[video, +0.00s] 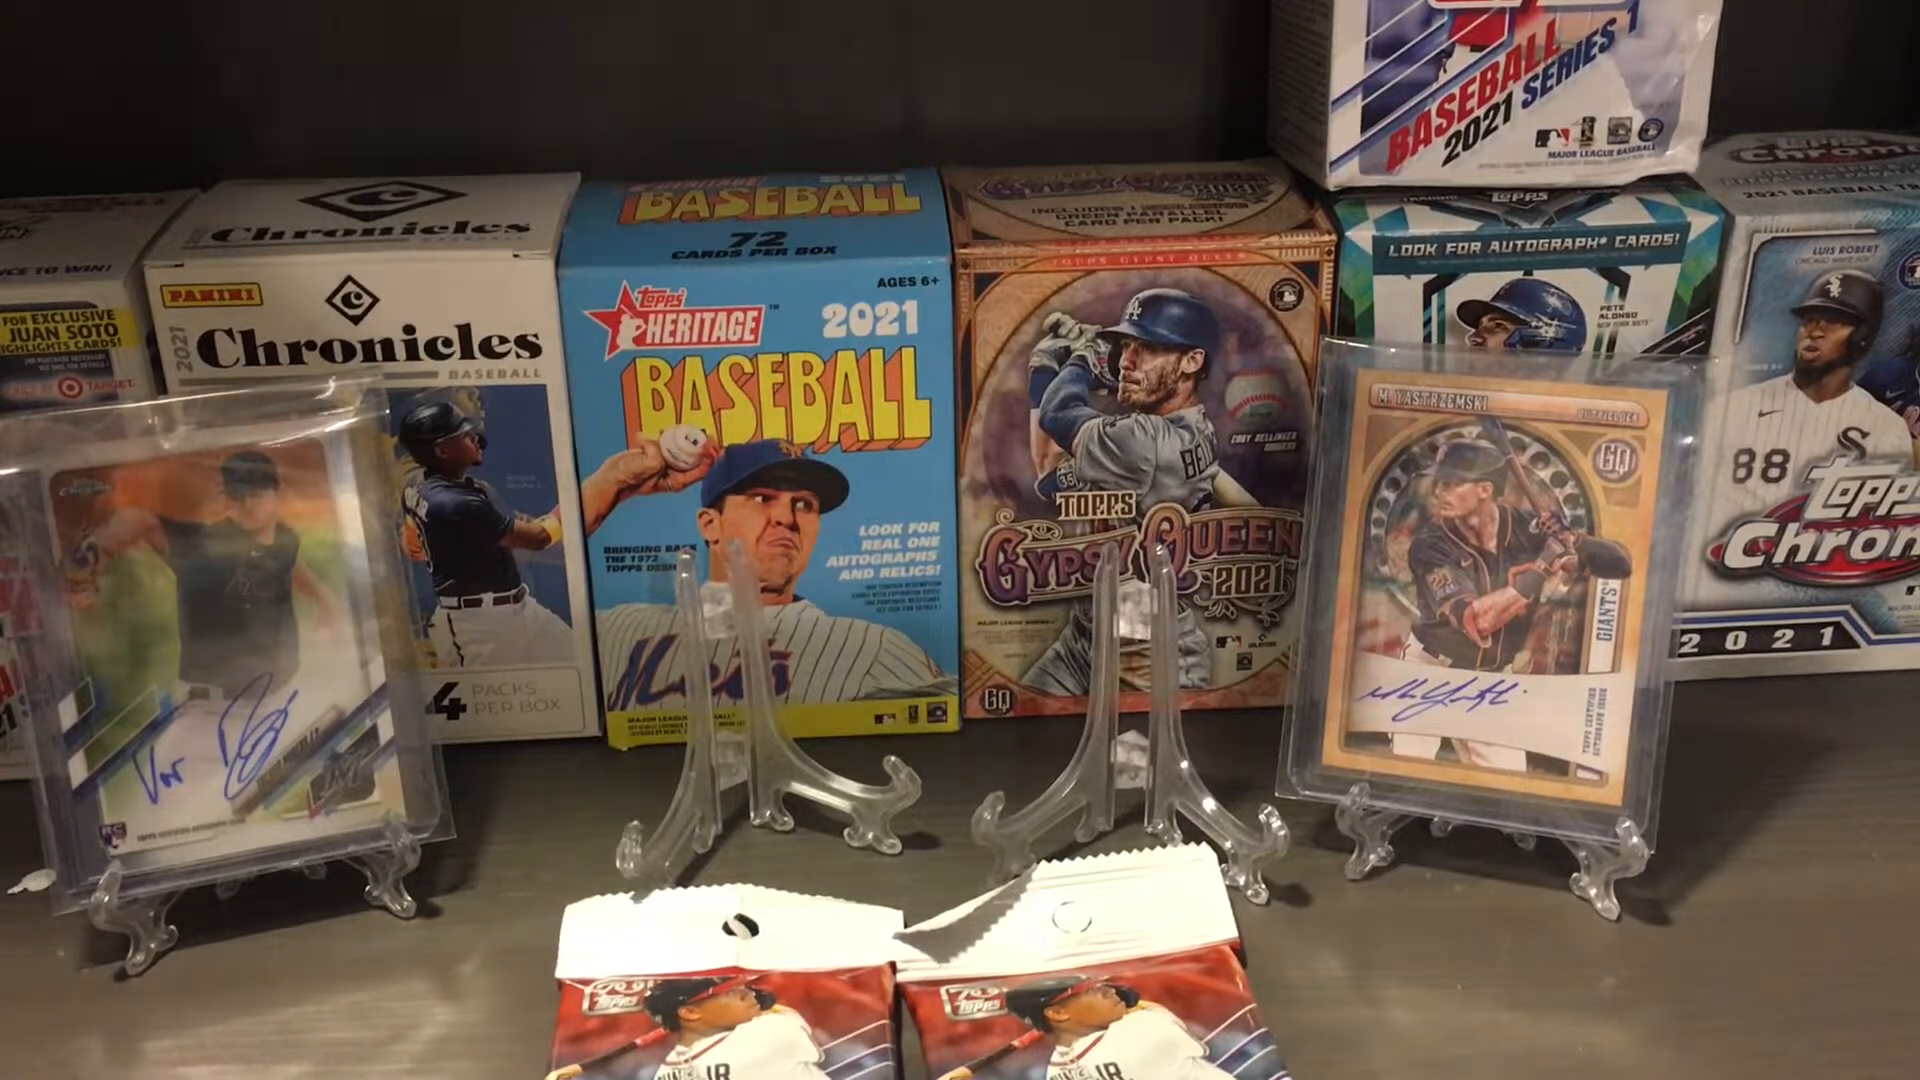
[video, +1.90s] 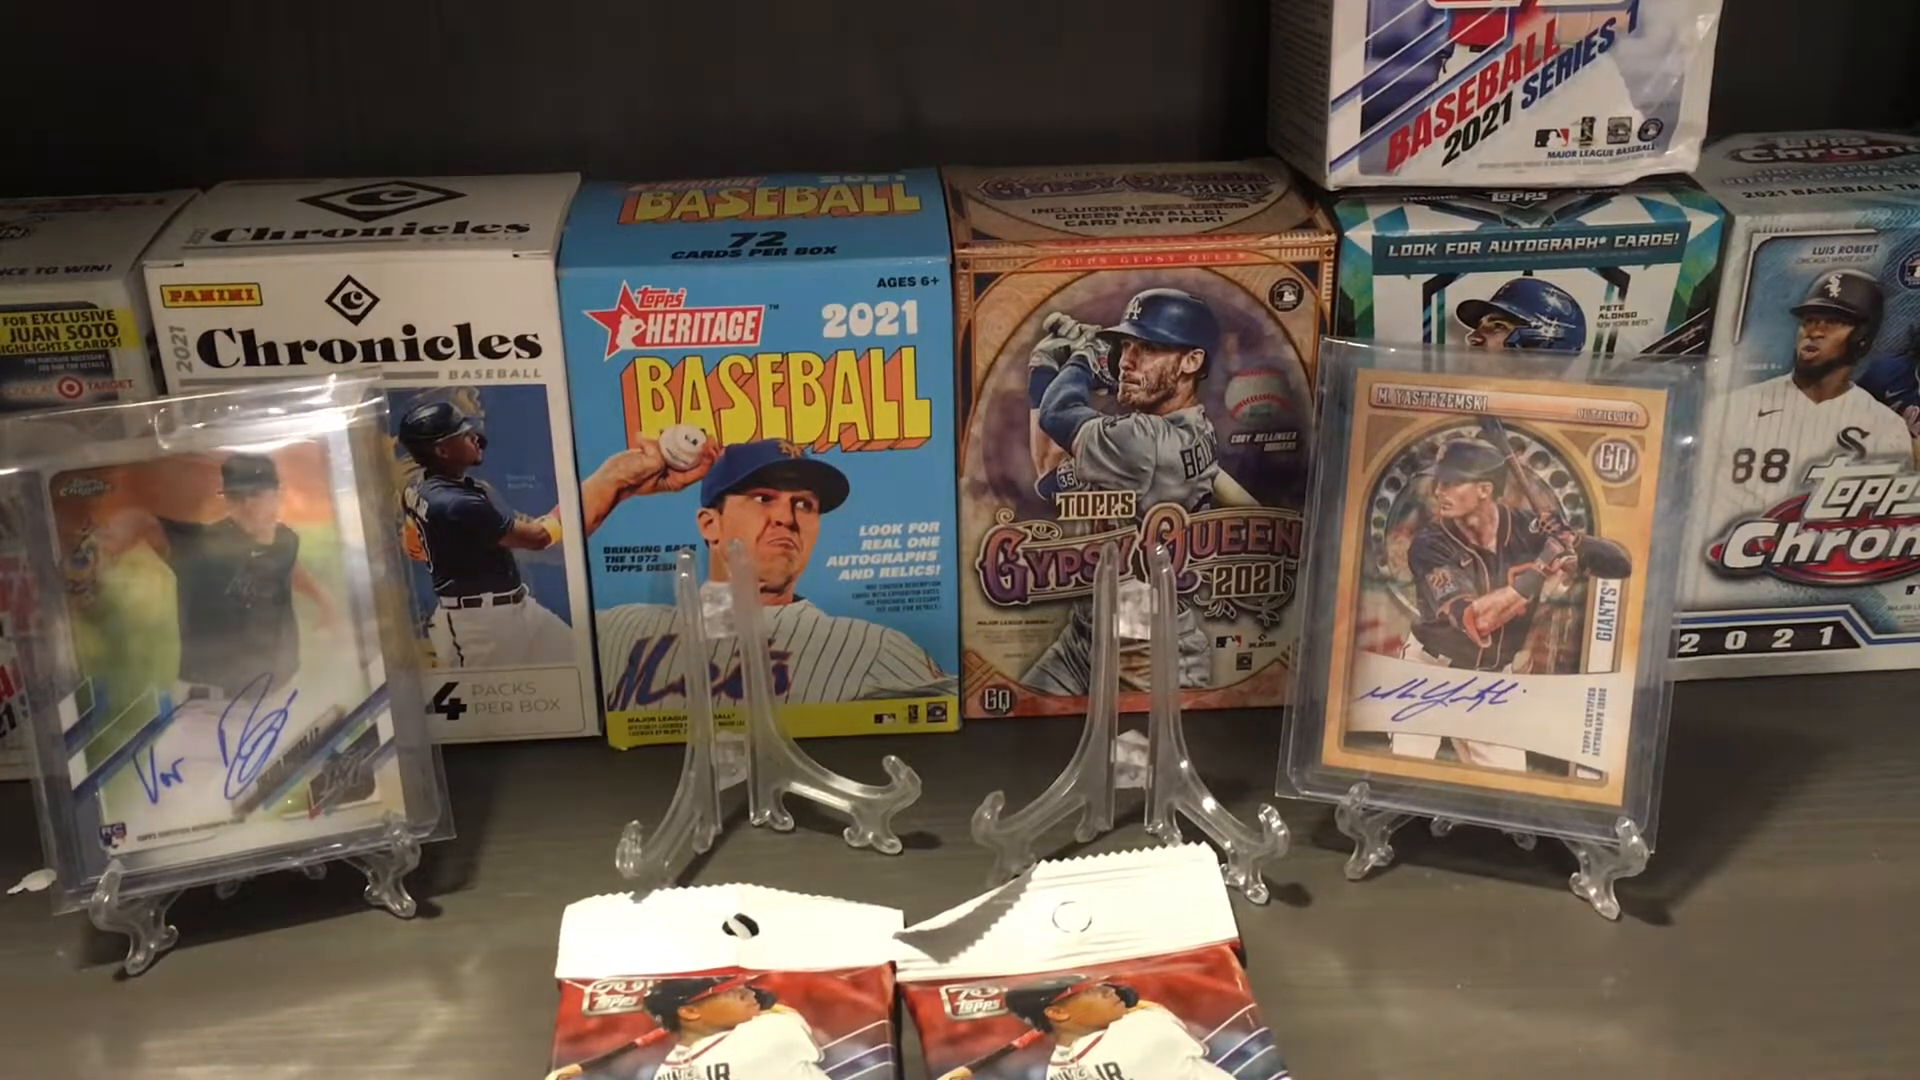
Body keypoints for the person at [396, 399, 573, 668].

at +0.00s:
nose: (474, 435)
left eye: (468, 429)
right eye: (464, 433)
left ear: (443, 451)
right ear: (442, 450)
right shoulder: (461, 506)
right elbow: (539, 537)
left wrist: (538, 523)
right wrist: (570, 510)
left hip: (520, 610)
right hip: (474, 623)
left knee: (588, 664)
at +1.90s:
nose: (475, 435)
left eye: (468, 429)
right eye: (464, 433)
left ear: (443, 451)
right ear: (442, 450)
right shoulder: (460, 507)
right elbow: (539, 537)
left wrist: (543, 523)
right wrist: (571, 507)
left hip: (520, 609)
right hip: (476, 622)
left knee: (589, 663)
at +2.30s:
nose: (475, 436)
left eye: (469, 430)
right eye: (465, 433)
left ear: (443, 451)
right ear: (442, 450)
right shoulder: (461, 507)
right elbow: (539, 537)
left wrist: (539, 524)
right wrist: (572, 507)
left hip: (519, 608)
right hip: (474, 622)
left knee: (589, 664)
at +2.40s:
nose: (475, 436)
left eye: (469, 430)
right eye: (464, 433)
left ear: (443, 451)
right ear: (442, 450)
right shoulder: (460, 507)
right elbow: (539, 537)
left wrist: (536, 524)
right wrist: (573, 506)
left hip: (519, 608)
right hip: (474, 622)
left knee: (588, 663)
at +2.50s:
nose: (475, 436)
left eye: (469, 429)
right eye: (464, 433)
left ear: (443, 451)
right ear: (442, 450)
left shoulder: (420, 489)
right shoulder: (460, 507)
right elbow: (539, 537)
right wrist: (573, 506)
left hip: (519, 609)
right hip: (474, 622)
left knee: (589, 663)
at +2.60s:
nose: (475, 436)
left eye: (469, 429)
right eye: (465, 433)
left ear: (443, 451)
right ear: (442, 450)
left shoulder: (420, 490)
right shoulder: (461, 507)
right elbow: (538, 537)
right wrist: (573, 506)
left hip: (519, 609)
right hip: (474, 623)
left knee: (589, 663)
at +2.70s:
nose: (475, 436)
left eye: (469, 429)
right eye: (464, 433)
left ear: (443, 451)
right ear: (442, 450)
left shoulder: (419, 490)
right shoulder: (461, 507)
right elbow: (539, 537)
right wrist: (573, 506)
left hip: (519, 609)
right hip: (474, 623)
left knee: (588, 662)